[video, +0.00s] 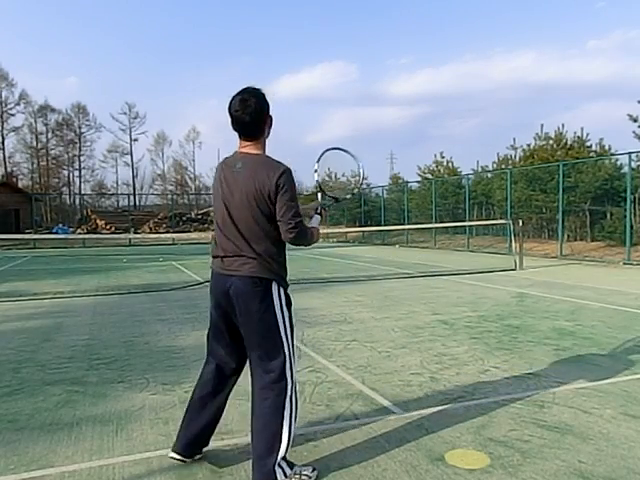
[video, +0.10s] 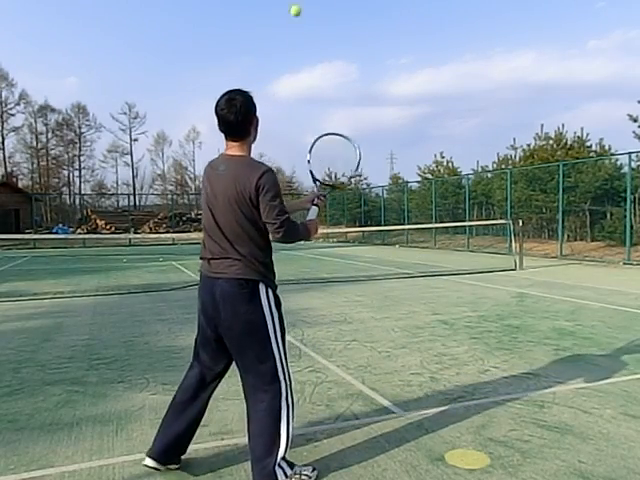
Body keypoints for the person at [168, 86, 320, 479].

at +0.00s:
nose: (271, 120)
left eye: (267, 114)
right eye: (270, 115)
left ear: (233, 125)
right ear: (268, 122)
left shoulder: (224, 169)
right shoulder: (276, 173)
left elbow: (234, 218)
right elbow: (291, 230)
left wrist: (288, 218)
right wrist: (313, 234)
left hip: (222, 281)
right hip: (260, 284)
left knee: (221, 362)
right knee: (273, 373)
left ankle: (187, 444)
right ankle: (272, 466)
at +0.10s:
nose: (258, 122)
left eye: (255, 115)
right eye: (257, 116)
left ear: (220, 126)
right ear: (254, 124)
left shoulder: (212, 170)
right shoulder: (260, 175)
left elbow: (249, 210)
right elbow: (281, 230)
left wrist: (302, 203)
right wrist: (309, 228)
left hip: (212, 286)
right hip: (248, 289)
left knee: (204, 368)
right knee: (268, 380)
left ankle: (163, 451)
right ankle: (272, 467)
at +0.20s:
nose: (244, 128)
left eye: (241, 121)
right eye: (242, 122)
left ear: (206, 129)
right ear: (238, 127)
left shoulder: (198, 174)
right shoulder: (238, 177)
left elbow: (236, 216)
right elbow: (271, 224)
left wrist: (288, 194)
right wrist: (305, 209)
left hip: (192, 290)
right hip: (228, 292)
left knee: (188, 376)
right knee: (260, 381)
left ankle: (154, 463)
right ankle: (271, 467)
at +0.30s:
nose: (231, 130)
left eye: (229, 124)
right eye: (231, 124)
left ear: (193, 132)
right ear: (225, 129)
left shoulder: (187, 173)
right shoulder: (215, 174)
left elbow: (247, 197)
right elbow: (258, 205)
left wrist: (283, 166)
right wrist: (296, 188)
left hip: (176, 289)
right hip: (209, 292)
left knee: (178, 378)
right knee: (243, 380)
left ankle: (156, 465)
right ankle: (265, 468)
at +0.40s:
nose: (225, 127)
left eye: (223, 121)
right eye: (224, 121)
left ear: (188, 122)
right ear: (219, 121)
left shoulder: (181, 162)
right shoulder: (199, 162)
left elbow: (241, 177)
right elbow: (245, 176)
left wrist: (273, 147)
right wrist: (286, 153)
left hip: (167, 280)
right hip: (194, 283)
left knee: (173, 375)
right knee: (226, 376)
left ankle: (154, 465)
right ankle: (214, 466)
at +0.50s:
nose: (221, 124)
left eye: (219, 119)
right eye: (221, 118)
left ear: (185, 118)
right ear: (214, 118)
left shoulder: (184, 154)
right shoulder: (191, 152)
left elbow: (250, 163)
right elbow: (232, 152)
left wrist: (278, 123)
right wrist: (274, 114)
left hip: (164, 274)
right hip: (185, 276)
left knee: (174, 361)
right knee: (202, 369)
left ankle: (142, 443)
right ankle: (173, 461)